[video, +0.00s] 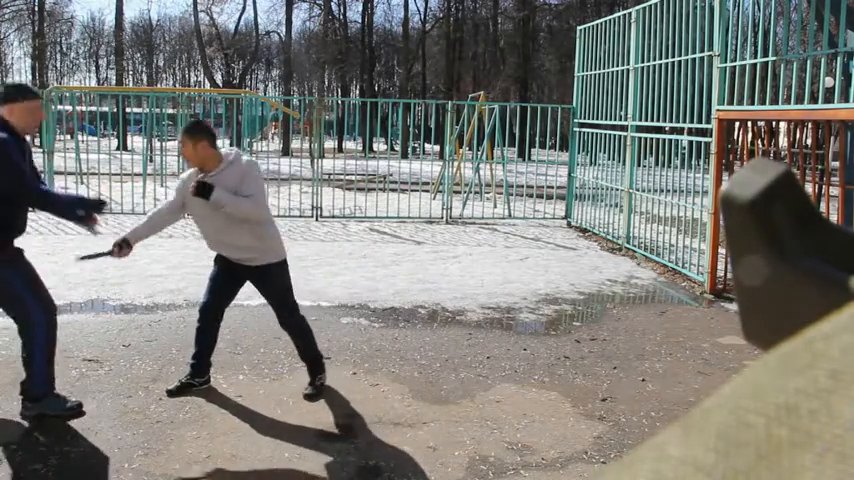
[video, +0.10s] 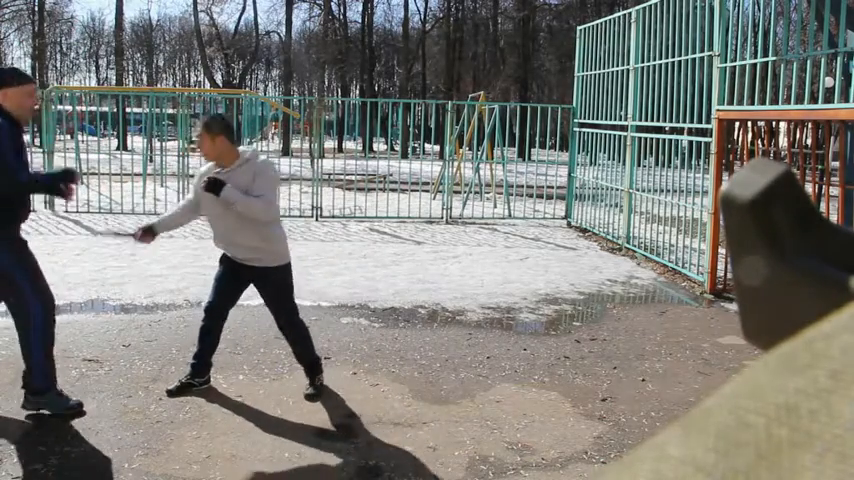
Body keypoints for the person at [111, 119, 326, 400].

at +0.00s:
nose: (182, 153)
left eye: (185, 147)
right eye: (182, 147)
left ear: (203, 145)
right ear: (199, 147)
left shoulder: (245, 169)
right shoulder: (189, 183)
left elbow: (258, 210)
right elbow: (165, 214)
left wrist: (214, 195)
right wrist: (130, 238)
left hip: (267, 259)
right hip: (230, 260)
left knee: (289, 318)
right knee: (209, 313)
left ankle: (317, 370)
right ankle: (199, 374)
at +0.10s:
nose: (198, 146)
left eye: (202, 140)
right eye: (198, 140)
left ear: (221, 140)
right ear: (217, 141)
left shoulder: (263, 170)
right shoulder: (208, 177)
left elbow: (268, 212)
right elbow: (191, 208)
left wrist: (225, 191)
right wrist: (156, 227)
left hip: (271, 262)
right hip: (234, 260)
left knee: (288, 321)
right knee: (213, 314)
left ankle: (314, 373)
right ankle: (198, 375)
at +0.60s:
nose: (243, 144)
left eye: (246, 138)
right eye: (242, 139)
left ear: (265, 136)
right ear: (259, 138)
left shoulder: (294, 168)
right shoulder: (258, 167)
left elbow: (269, 208)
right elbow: (248, 207)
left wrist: (245, 167)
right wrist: (224, 183)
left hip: (281, 265)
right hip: (249, 259)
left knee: (289, 327)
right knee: (220, 309)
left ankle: (315, 375)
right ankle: (214, 372)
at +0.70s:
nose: (240, 150)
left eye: (242, 144)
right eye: (238, 145)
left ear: (260, 140)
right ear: (252, 143)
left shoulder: (289, 173)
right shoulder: (253, 171)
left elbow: (263, 210)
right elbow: (236, 206)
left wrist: (239, 170)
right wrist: (215, 182)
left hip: (276, 268)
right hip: (244, 261)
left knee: (286, 330)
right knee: (209, 306)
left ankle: (315, 375)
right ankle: (206, 369)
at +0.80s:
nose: (226, 148)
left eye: (230, 143)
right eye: (226, 143)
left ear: (247, 141)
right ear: (238, 143)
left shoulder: (277, 173)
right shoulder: (234, 172)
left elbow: (256, 209)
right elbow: (210, 193)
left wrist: (229, 171)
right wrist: (192, 167)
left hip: (268, 268)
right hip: (233, 263)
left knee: (285, 329)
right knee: (201, 309)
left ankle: (315, 374)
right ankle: (185, 368)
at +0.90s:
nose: (203, 141)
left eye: (206, 135)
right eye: (203, 135)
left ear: (224, 136)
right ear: (219, 138)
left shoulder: (257, 168)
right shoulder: (203, 170)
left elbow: (244, 206)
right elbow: (174, 167)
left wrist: (215, 171)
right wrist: (150, 139)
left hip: (256, 266)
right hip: (218, 263)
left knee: (280, 322)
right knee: (189, 313)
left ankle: (314, 373)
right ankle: (175, 368)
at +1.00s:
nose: (177, 135)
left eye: (182, 130)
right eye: (178, 130)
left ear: (199, 132)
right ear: (193, 133)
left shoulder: (234, 164)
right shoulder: (178, 159)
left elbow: (227, 201)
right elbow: (148, 138)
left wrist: (195, 167)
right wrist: (121, 114)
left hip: (243, 258)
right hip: (208, 256)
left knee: (271, 317)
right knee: (180, 309)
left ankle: (307, 371)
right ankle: (174, 368)